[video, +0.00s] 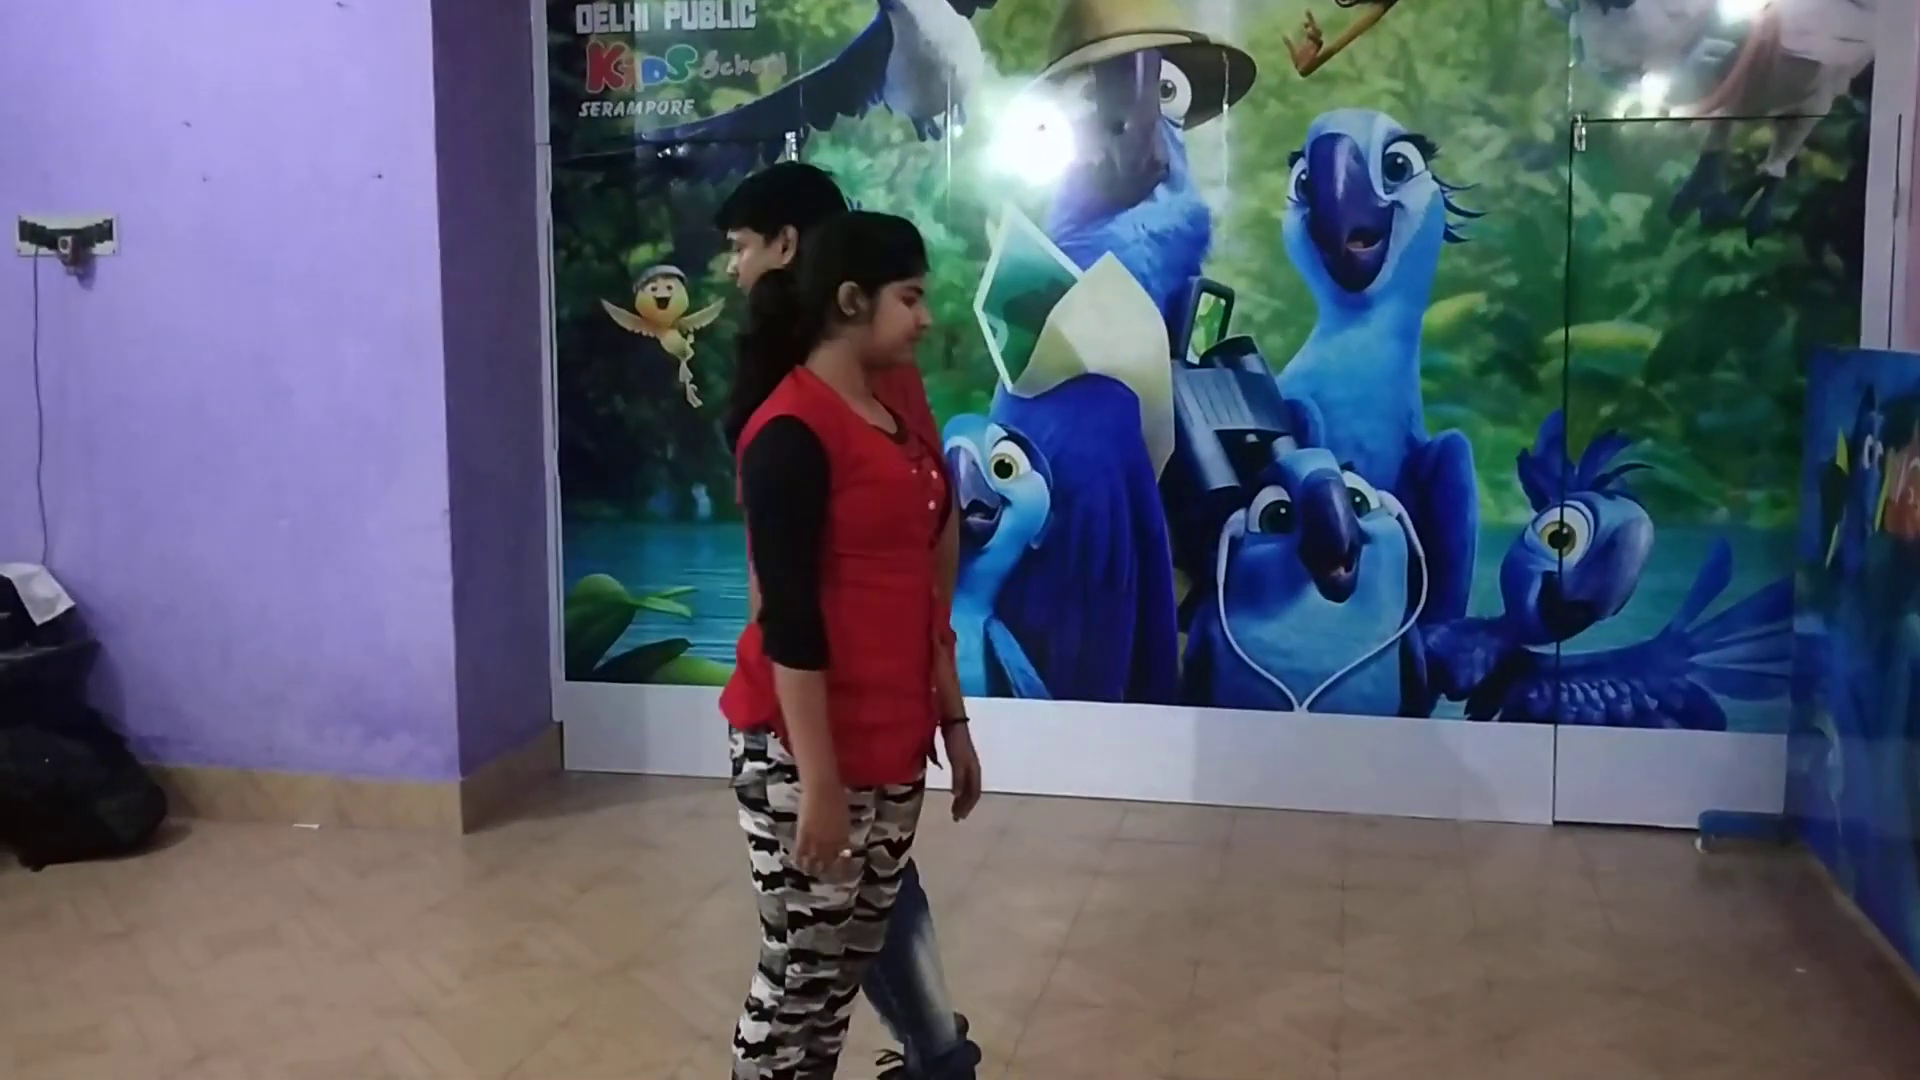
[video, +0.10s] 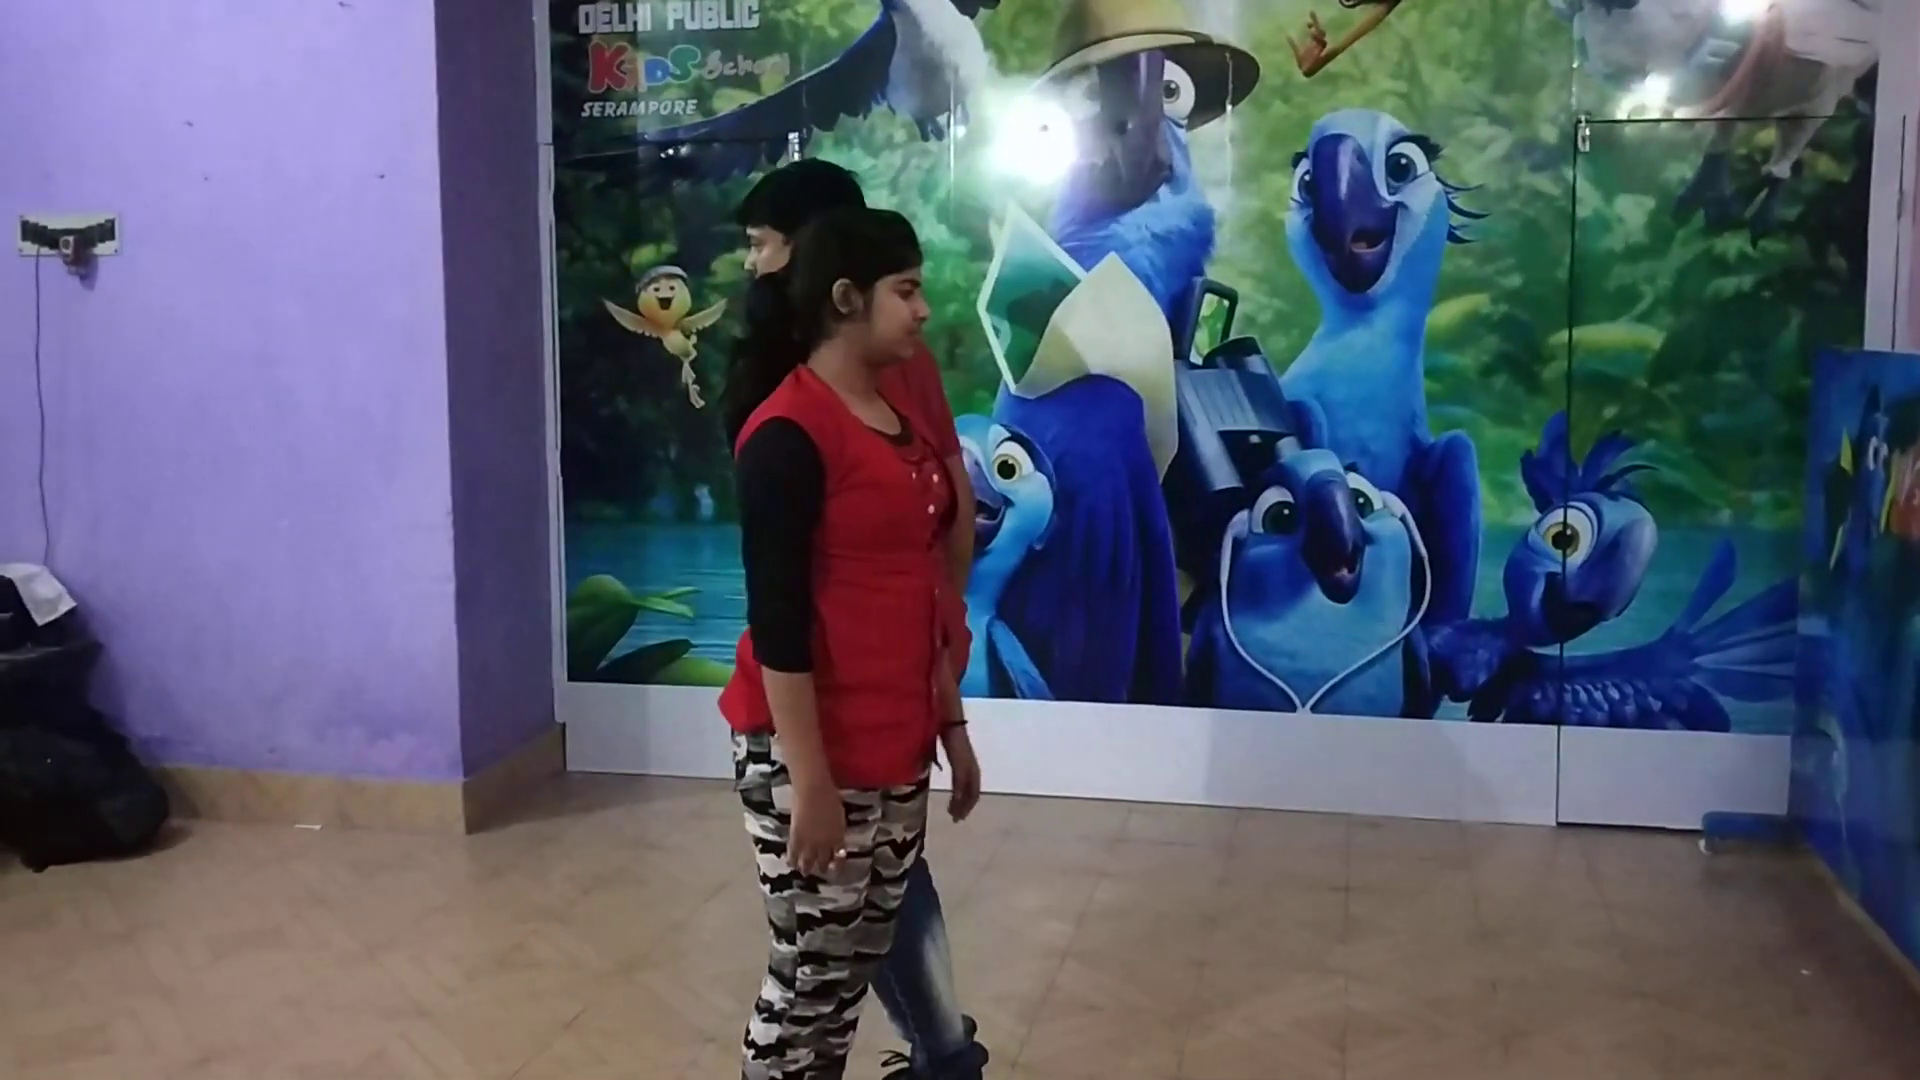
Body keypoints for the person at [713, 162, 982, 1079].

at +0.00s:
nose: (731, 268)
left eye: (742, 247)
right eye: (730, 248)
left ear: (793, 246)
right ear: (817, 256)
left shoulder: (794, 357)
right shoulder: (884, 358)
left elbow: (772, 539)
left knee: (863, 860)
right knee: (870, 855)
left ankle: (935, 1044)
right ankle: (931, 1042)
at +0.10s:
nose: (749, 262)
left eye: (762, 244)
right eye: (749, 243)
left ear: (816, 261)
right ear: (838, 283)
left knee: (888, 869)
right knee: (886, 865)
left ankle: (942, 1044)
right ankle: (940, 1044)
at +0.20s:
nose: (757, 262)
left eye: (770, 244)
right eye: (757, 244)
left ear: (827, 267)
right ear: (839, 288)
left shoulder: (899, 364)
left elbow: (969, 510)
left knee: (899, 862)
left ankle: (946, 1045)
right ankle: (941, 1044)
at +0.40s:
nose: (914, 317)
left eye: (911, 296)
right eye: (896, 299)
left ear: (842, 313)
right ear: (836, 313)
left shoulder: (878, 420)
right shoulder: (781, 434)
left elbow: (910, 563)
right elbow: (780, 595)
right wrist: (934, 610)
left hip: (867, 746)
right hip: (788, 756)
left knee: (832, 991)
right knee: (796, 997)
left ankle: (808, 1073)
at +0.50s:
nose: (901, 320)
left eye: (900, 300)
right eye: (882, 302)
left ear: (833, 312)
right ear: (821, 314)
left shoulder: (879, 420)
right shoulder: (765, 419)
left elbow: (906, 584)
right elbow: (829, 458)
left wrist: (911, 728)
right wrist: (934, 366)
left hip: (859, 752)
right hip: (771, 757)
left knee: (831, 988)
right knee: (787, 993)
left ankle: (803, 1074)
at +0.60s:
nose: (862, 315)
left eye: (857, 294)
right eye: (842, 291)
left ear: (799, 311)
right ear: (808, 312)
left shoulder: (850, 434)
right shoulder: (756, 421)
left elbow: (891, 584)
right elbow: (857, 292)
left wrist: (915, 713)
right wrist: (907, 151)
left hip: (844, 760)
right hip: (762, 764)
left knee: (811, 1014)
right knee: (773, 1012)